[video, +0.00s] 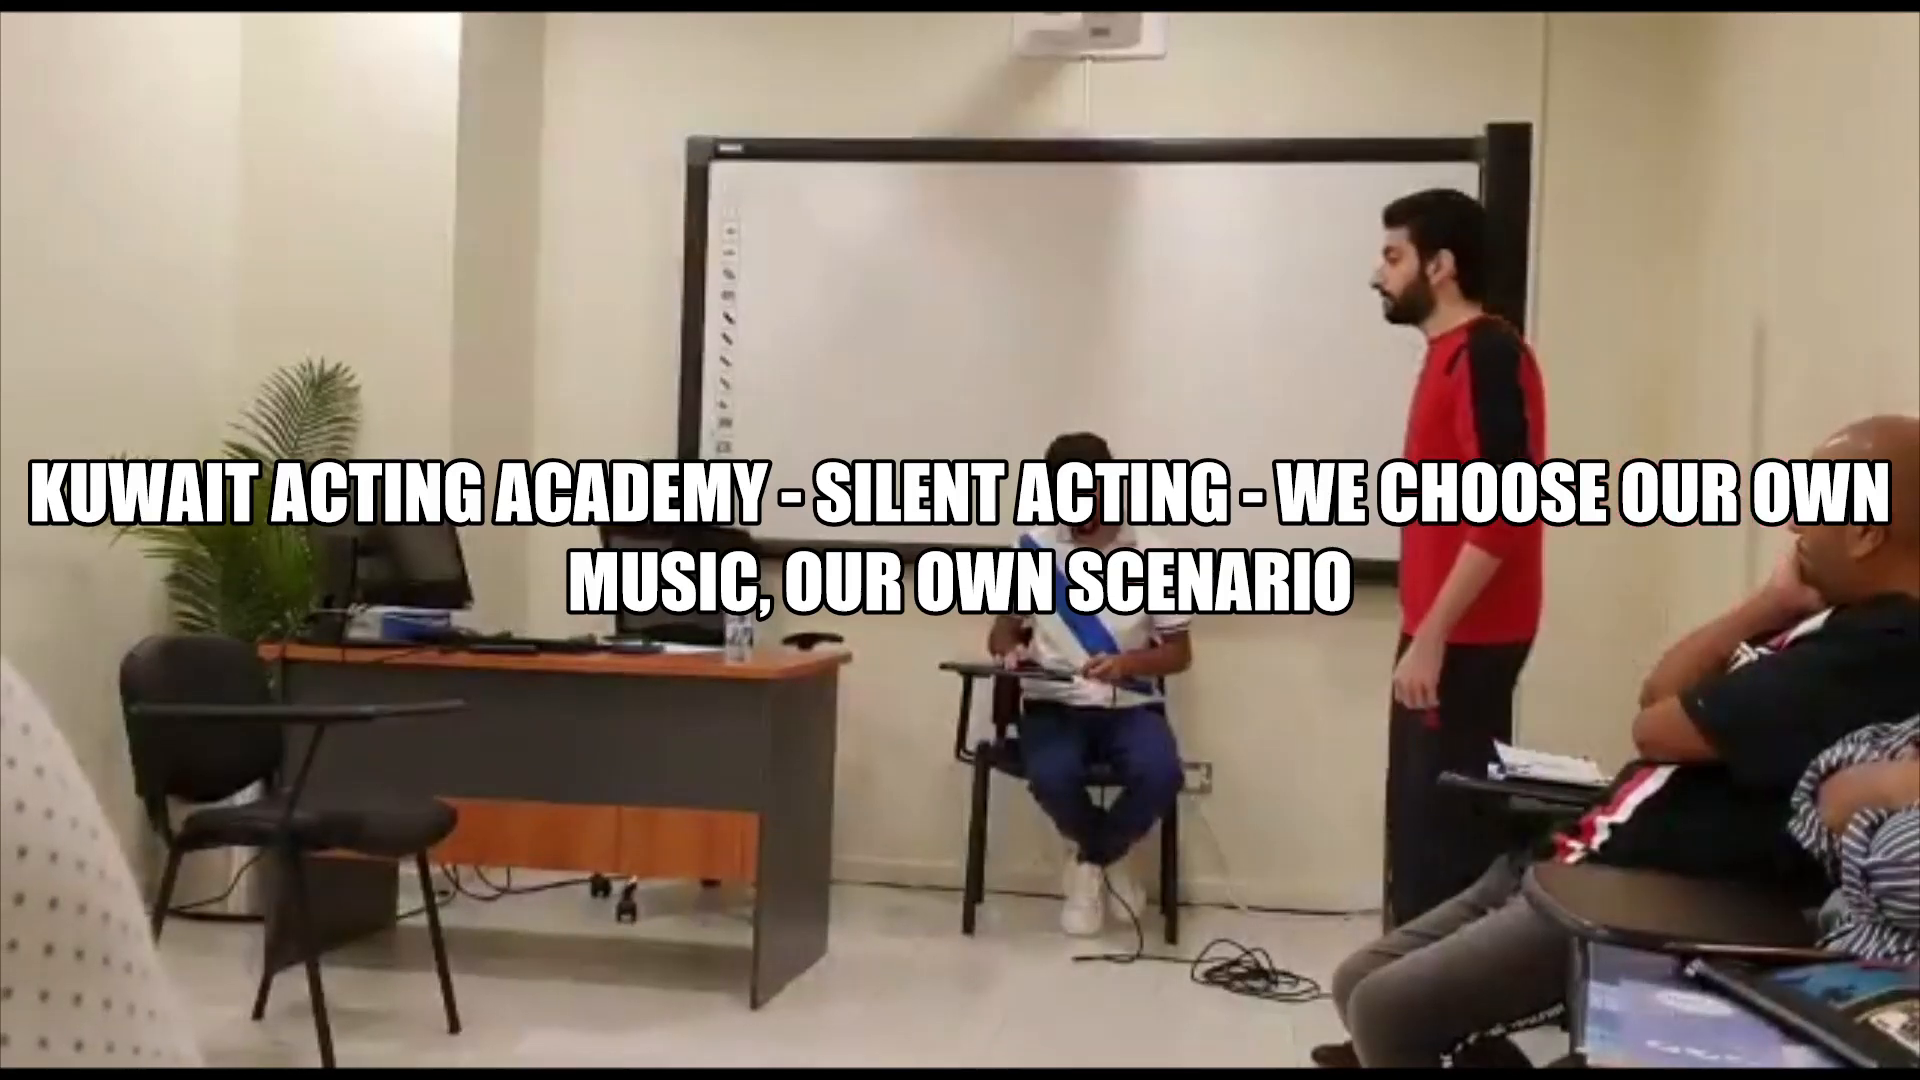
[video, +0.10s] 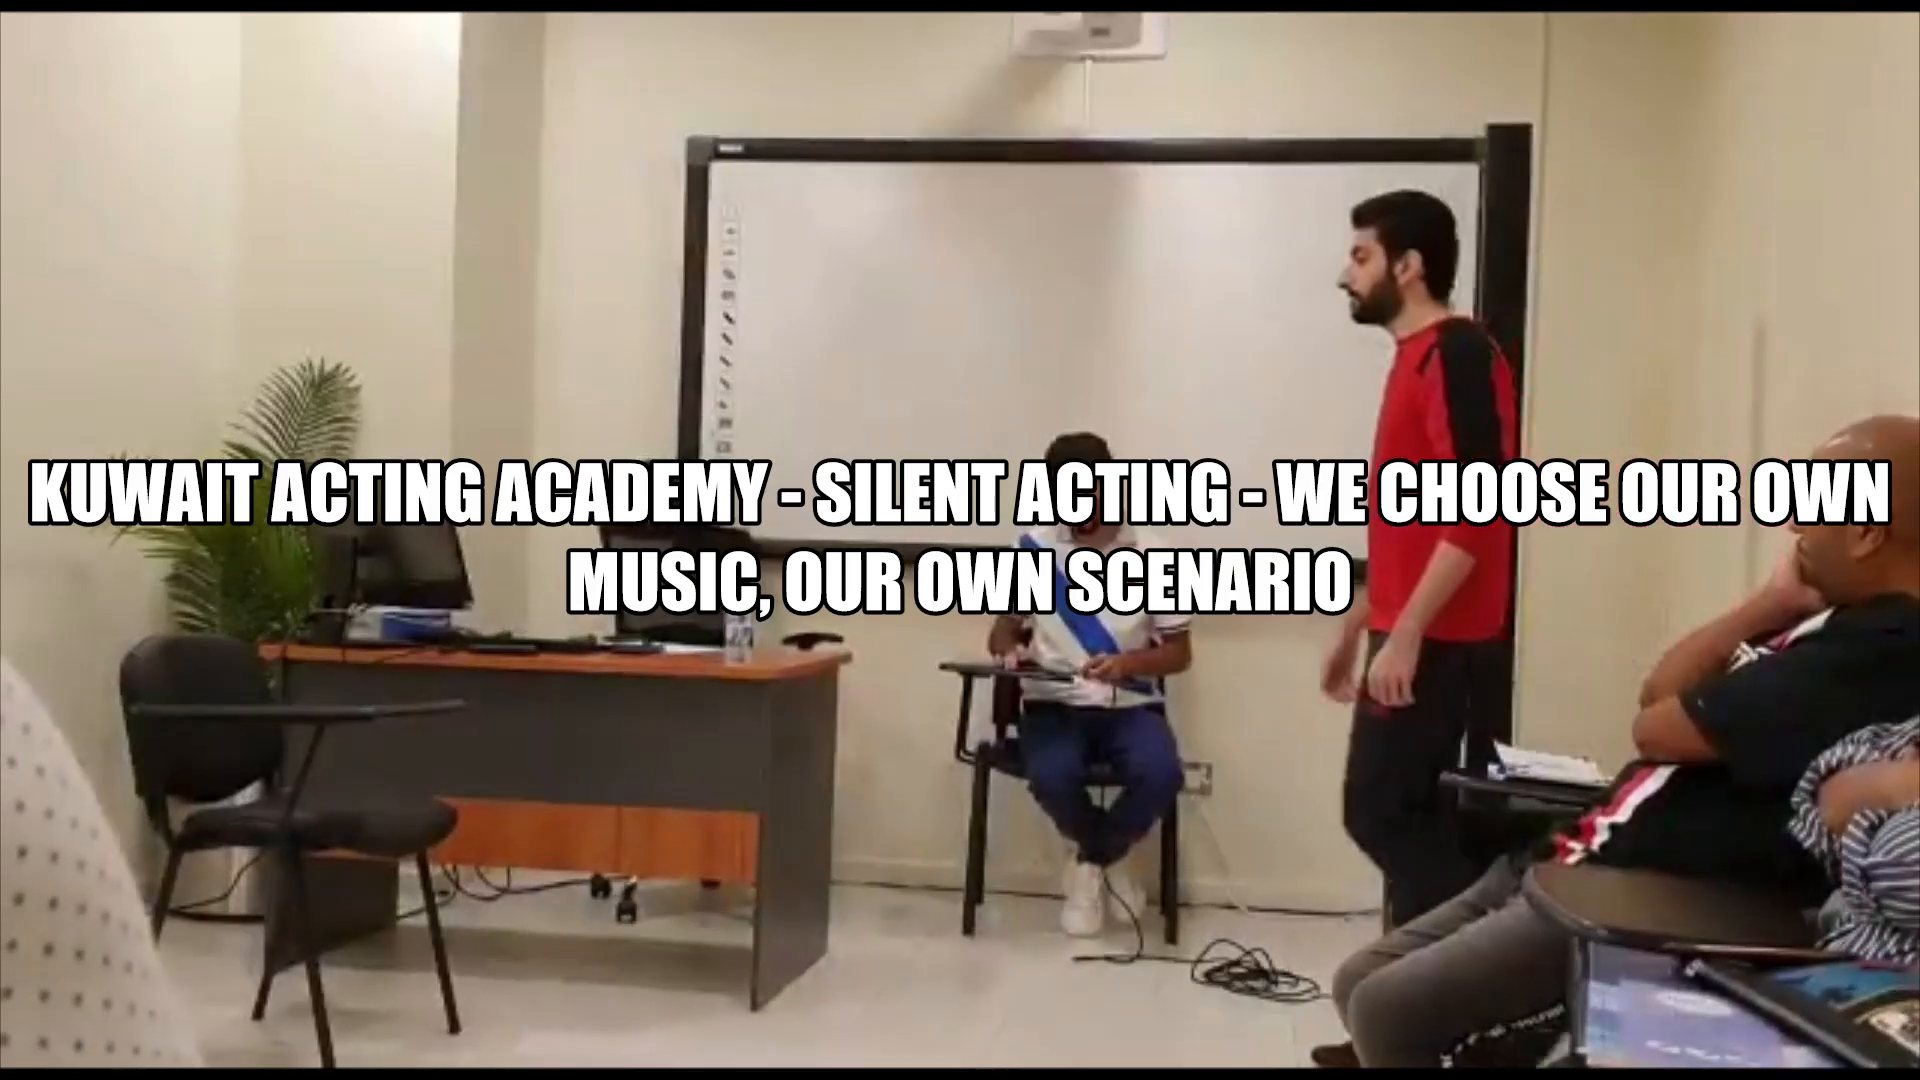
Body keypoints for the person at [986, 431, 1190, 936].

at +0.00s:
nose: (1082, 505)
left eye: (1090, 490)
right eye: (1070, 492)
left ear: (1111, 486)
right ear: (1053, 493)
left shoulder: (1145, 551)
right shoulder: (1035, 549)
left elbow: (1179, 653)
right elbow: (999, 639)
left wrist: (1125, 664)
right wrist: (1009, 637)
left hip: (1130, 705)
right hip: (1053, 704)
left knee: (1160, 776)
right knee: (1051, 780)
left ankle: (1088, 866)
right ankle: (1108, 857)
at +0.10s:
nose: (1082, 505)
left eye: (1090, 490)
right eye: (1070, 492)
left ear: (1111, 486)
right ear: (1053, 493)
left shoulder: (1146, 551)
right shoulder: (1035, 549)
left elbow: (1179, 653)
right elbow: (1000, 635)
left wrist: (1125, 664)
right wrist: (1008, 641)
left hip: (1130, 706)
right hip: (1054, 705)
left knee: (1160, 776)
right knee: (1051, 781)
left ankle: (1088, 866)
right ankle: (1109, 857)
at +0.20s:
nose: (1083, 505)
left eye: (1090, 490)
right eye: (1070, 492)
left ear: (1111, 487)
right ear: (1053, 493)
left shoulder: (1146, 552)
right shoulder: (1036, 550)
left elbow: (1179, 653)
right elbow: (1000, 636)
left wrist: (1126, 665)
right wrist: (1008, 640)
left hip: (1130, 706)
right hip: (1054, 705)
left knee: (1160, 777)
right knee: (1051, 780)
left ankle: (1088, 867)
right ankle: (1108, 858)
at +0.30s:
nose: (1082, 505)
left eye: (1090, 489)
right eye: (1070, 492)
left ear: (1111, 486)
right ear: (1053, 493)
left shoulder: (1145, 551)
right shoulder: (1036, 550)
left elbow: (1181, 653)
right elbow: (1002, 633)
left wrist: (1127, 665)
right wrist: (1007, 642)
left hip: (1131, 707)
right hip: (1054, 705)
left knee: (1160, 777)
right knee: (1051, 780)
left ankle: (1089, 866)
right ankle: (1107, 856)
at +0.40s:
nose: (1085, 508)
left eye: (1092, 493)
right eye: (1072, 495)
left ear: (1113, 488)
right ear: (1054, 495)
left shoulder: (1146, 551)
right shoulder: (1037, 550)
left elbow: (1176, 652)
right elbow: (1003, 632)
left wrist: (1126, 665)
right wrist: (1007, 643)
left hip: (1131, 707)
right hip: (1055, 706)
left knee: (1161, 778)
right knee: (1051, 781)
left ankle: (1089, 867)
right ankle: (1107, 858)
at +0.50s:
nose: (1087, 506)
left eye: (1094, 492)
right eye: (1073, 494)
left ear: (1113, 488)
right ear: (1055, 494)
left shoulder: (1148, 551)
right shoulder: (1037, 550)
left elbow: (1179, 651)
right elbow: (1004, 632)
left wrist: (1126, 665)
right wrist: (1007, 642)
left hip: (1131, 707)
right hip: (1054, 706)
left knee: (1162, 777)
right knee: (1052, 782)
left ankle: (1089, 866)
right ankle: (1115, 854)